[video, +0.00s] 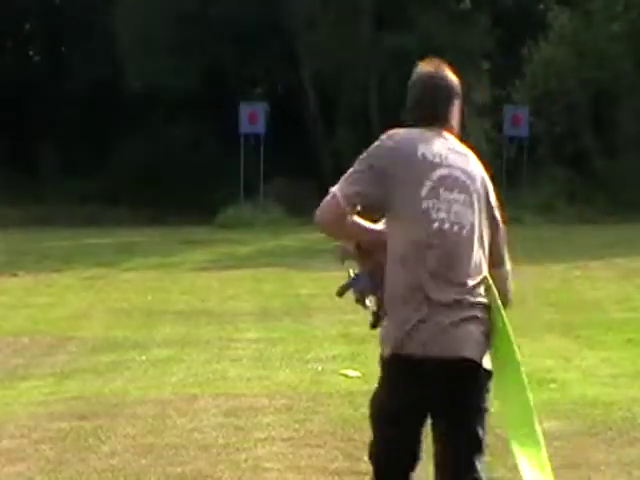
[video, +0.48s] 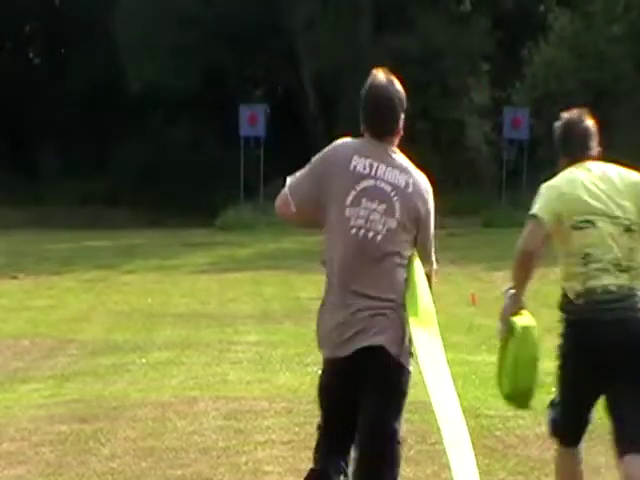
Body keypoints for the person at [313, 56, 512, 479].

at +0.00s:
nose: (461, 112)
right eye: (459, 105)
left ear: (410, 107)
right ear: (455, 110)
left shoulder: (393, 149)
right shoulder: (474, 168)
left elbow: (329, 215)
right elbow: (498, 269)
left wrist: (375, 236)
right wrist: (495, 319)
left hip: (407, 353)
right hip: (466, 354)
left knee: (391, 466)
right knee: (460, 468)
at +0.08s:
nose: (427, 112)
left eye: (423, 104)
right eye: (426, 105)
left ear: (379, 110)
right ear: (422, 110)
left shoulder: (368, 156)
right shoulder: (448, 162)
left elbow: (322, 244)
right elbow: (477, 257)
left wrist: (362, 242)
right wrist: (479, 302)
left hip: (396, 346)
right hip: (454, 344)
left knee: (383, 461)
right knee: (446, 459)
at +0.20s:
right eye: (398, 108)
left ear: (355, 116)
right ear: (399, 114)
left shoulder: (345, 165)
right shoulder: (428, 167)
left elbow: (323, 249)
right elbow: (472, 259)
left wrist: (364, 243)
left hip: (363, 336)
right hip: (419, 335)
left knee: (357, 452)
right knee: (402, 453)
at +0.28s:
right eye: (400, 94)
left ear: (356, 102)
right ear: (398, 101)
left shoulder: (337, 153)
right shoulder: (423, 153)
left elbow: (325, 251)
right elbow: (462, 246)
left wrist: (362, 233)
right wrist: (437, 225)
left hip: (346, 324)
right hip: (402, 326)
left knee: (360, 443)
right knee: (386, 438)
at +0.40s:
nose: (400, 116)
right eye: (402, 110)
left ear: (360, 115)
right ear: (402, 117)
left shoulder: (341, 160)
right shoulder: (420, 177)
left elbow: (305, 238)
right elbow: (438, 269)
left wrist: (342, 236)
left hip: (335, 326)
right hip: (389, 334)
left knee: (330, 443)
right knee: (375, 449)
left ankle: (328, 471)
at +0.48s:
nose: (403, 123)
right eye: (403, 118)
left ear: (361, 118)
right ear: (402, 126)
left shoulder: (338, 155)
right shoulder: (417, 185)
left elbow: (286, 206)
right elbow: (427, 265)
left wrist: (336, 212)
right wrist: (421, 332)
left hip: (337, 328)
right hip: (388, 330)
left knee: (334, 435)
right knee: (380, 441)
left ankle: (329, 472)